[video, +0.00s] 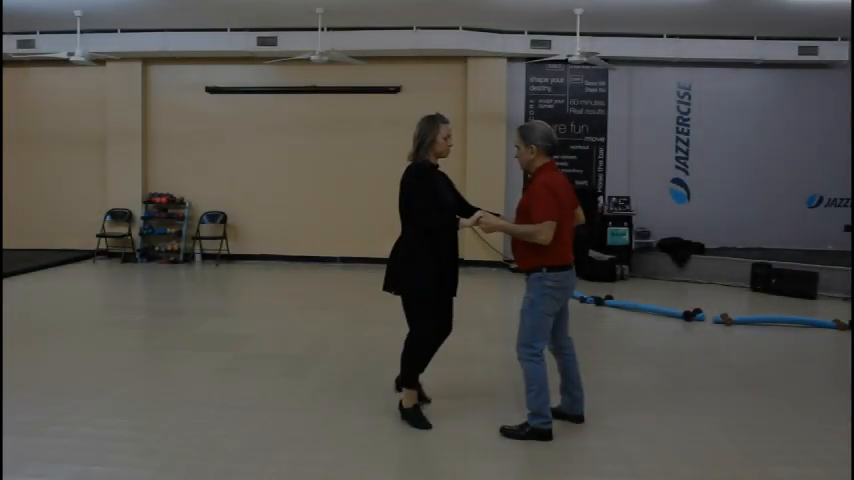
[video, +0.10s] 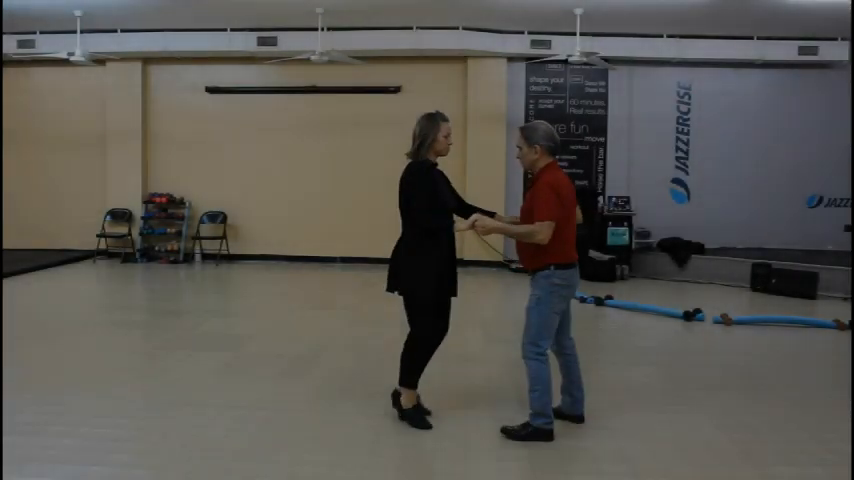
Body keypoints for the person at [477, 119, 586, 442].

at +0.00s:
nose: (516, 154)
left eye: (519, 148)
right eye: (517, 148)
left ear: (534, 150)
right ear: (542, 151)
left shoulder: (543, 184)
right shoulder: (558, 179)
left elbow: (543, 235)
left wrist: (500, 225)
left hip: (545, 279)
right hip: (561, 275)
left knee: (529, 350)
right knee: (561, 343)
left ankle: (538, 422)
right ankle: (573, 407)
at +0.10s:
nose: (517, 154)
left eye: (521, 148)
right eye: (518, 148)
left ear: (537, 150)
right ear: (541, 150)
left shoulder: (545, 183)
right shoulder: (557, 178)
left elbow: (541, 234)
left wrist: (497, 228)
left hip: (551, 276)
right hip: (563, 274)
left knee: (534, 349)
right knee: (562, 342)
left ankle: (540, 423)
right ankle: (573, 407)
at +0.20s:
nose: (519, 155)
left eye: (522, 149)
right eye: (519, 149)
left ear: (540, 151)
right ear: (543, 150)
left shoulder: (551, 182)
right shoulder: (552, 178)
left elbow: (539, 232)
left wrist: (493, 231)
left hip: (553, 276)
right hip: (561, 274)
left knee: (540, 350)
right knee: (563, 344)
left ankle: (548, 426)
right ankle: (573, 408)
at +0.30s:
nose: (519, 154)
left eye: (524, 148)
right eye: (519, 148)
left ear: (544, 150)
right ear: (542, 150)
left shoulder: (552, 183)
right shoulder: (547, 180)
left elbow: (536, 232)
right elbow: (532, 224)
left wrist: (489, 232)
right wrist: (497, 229)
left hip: (554, 277)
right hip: (556, 275)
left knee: (546, 352)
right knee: (562, 346)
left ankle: (550, 427)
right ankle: (573, 408)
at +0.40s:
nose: (522, 154)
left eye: (528, 148)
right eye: (520, 148)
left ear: (549, 150)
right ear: (525, 150)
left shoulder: (554, 183)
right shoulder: (542, 181)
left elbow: (535, 232)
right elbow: (528, 225)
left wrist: (489, 232)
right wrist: (490, 228)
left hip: (554, 278)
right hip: (551, 275)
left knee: (545, 354)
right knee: (560, 346)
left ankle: (550, 427)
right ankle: (572, 408)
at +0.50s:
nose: (523, 153)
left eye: (530, 147)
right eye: (520, 147)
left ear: (549, 149)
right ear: (519, 149)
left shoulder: (554, 182)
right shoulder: (539, 181)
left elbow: (539, 233)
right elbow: (532, 229)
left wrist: (495, 227)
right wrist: (497, 226)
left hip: (553, 279)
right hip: (547, 276)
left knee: (544, 354)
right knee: (556, 346)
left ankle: (550, 427)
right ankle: (571, 407)